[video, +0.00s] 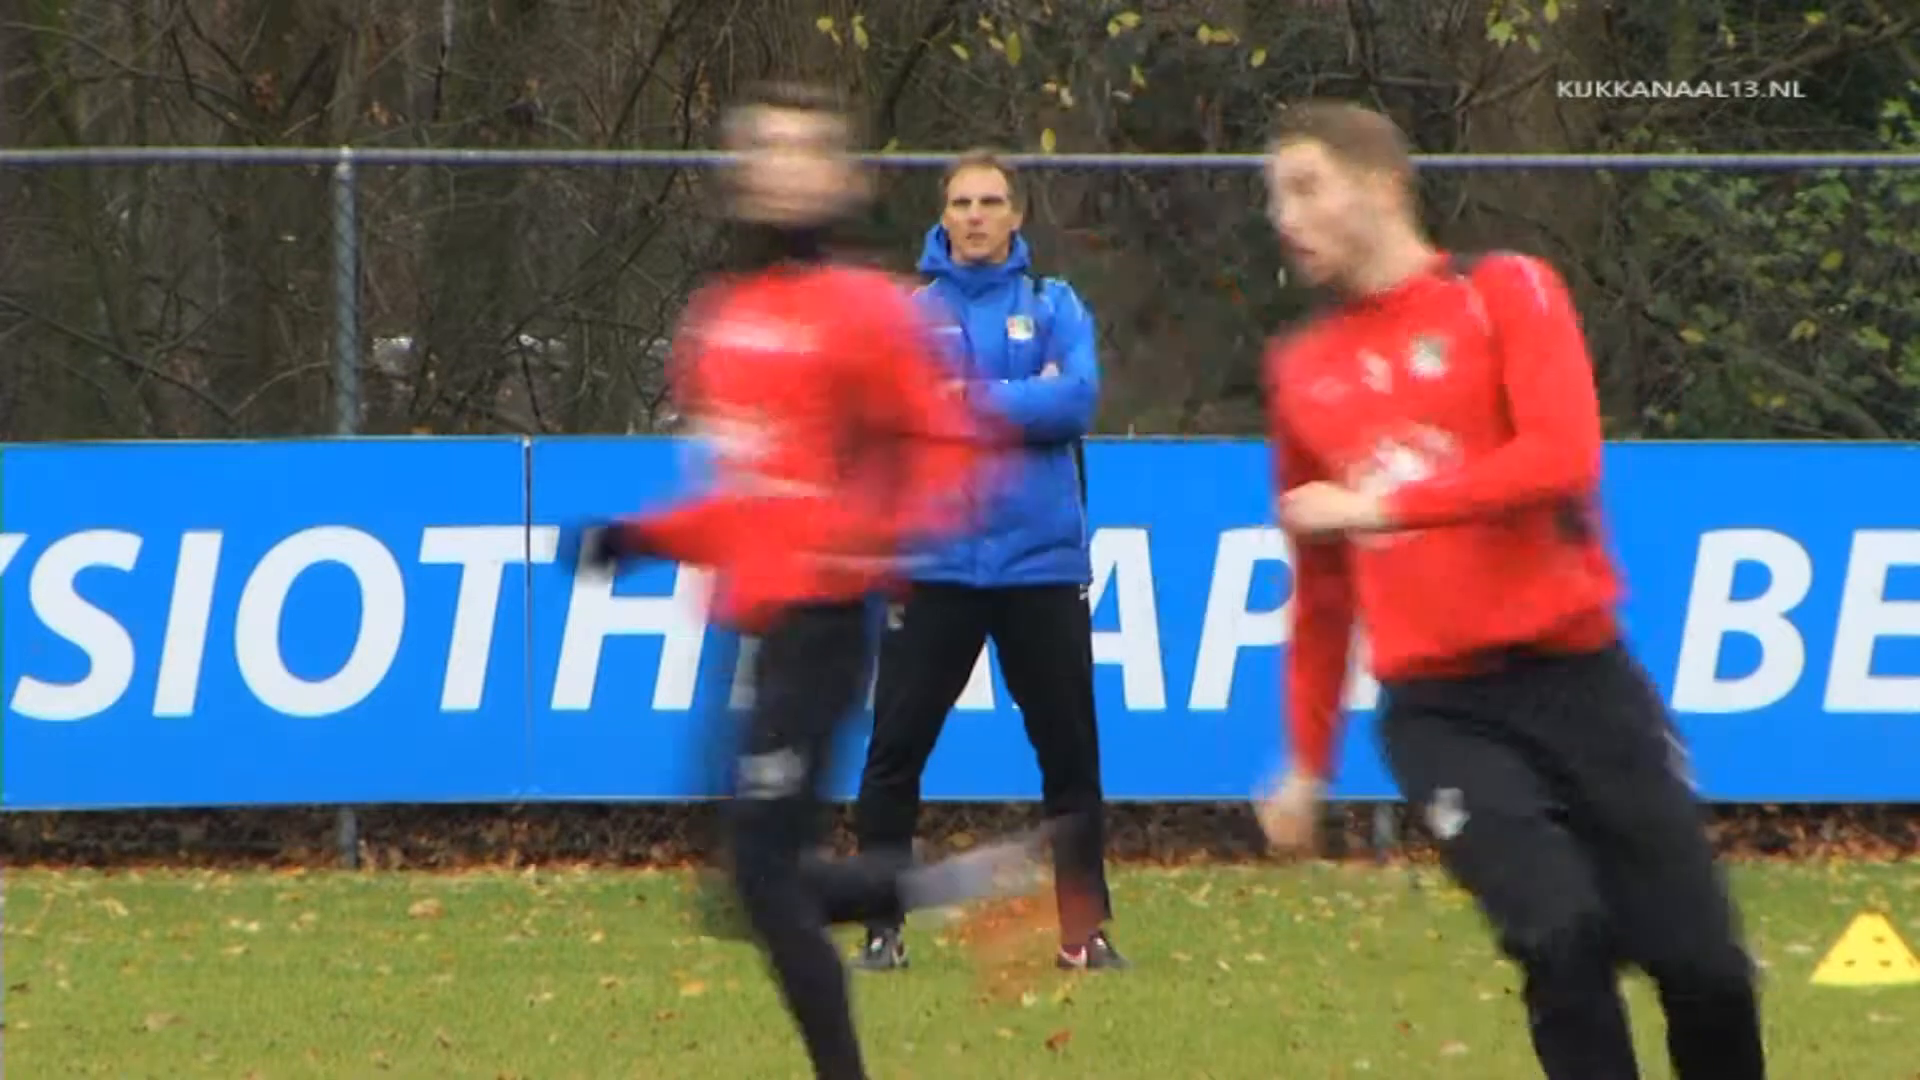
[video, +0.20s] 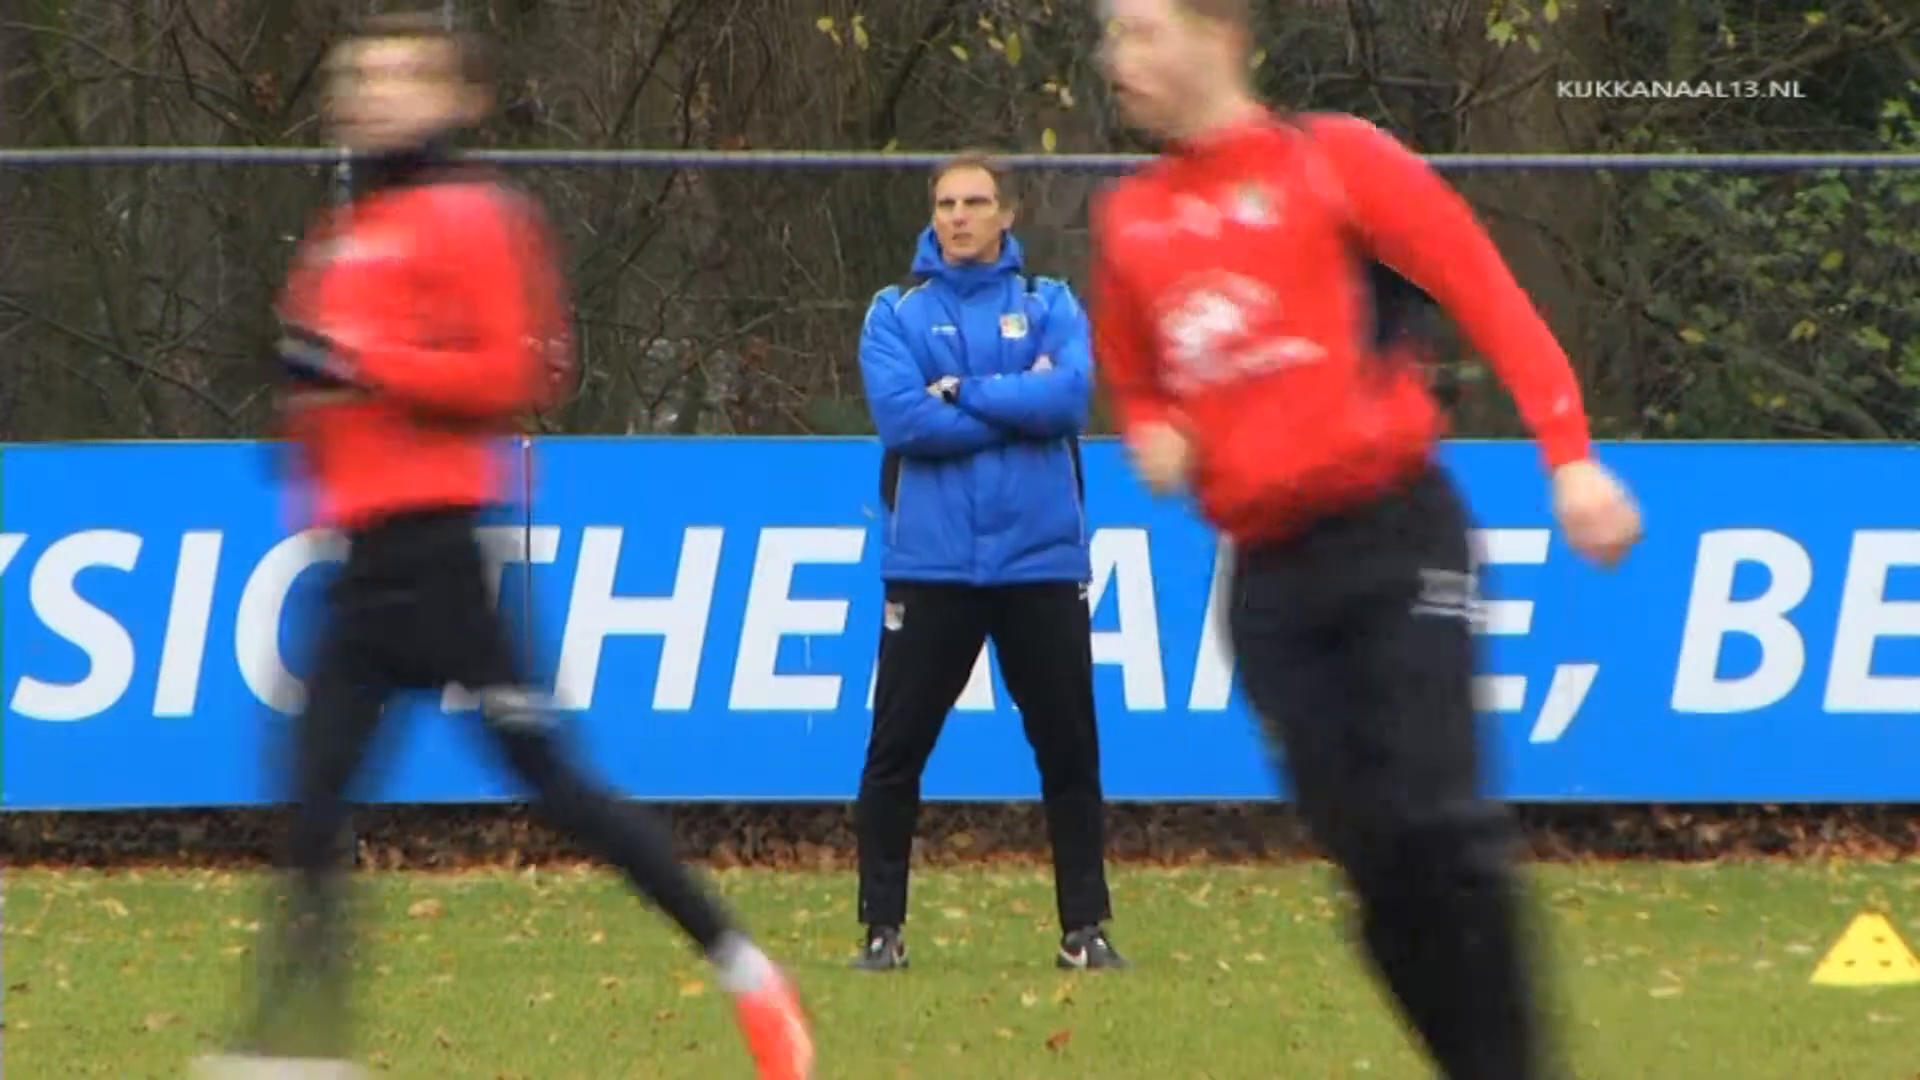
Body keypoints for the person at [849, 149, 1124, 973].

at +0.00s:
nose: (976, 216)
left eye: (991, 202)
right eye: (962, 204)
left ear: (1017, 214)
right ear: (942, 216)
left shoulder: (1055, 303)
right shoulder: (907, 309)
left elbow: (1076, 400)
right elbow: (900, 412)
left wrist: (961, 402)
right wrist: (1026, 407)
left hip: (1041, 568)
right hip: (935, 570)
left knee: (1070, 753)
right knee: (895, 750)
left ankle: (1085, 933)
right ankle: (881, 925)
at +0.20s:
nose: (958, 216)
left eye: (974, 203)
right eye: (947, 204)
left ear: (1007, 216)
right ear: (931, 218)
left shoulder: (1051, 302)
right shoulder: (894, 313)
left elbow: (1069, 398)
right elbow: (906, 424)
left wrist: (958, 390)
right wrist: (1017, 410)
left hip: (1042, 565)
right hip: (932, 568)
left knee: (1069, 750)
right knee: (896, 751)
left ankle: (1085, 928)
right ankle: (882, 928)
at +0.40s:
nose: (942, 222)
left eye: (957, 205)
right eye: (929, 208)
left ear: (989, 213)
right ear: (912, 220)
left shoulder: (1034, 300)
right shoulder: (888, 318)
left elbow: (1067, 396)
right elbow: (903, 417)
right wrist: (993, 405)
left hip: (1036, 566)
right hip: (930, 573)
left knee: (1067, 751)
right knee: (894, 753)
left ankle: (1087, 924)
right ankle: (883, 924)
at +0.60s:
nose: (921, 242)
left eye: (936, 226)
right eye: (908, 227)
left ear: (972, 224)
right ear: (892, 228)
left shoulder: (1019, 303)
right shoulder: (872, 306)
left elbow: (1041, 382)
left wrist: (950, 361)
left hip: (1016, 548)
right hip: (915, 556)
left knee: (1055, 730)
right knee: (908, 749)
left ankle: (1081, 923)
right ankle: (898, 929)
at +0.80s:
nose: (919, 267)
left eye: (934, 251)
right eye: (906, 252)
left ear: (965, 235)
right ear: (889, 243)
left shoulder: (1020, 307)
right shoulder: (864, 324)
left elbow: (1045, 393)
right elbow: (886, 423)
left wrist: (934, 394)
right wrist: (995, 411)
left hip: (1018, 568)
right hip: (910, 573)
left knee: (1055, 748)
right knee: (883, 756)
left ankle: (1085, 919)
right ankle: (880, 926)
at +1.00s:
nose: (925, 261)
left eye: (937, 245)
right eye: (910, 248)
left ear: (963, 242)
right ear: (890, 253)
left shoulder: (1016, 316)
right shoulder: (871, 329)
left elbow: (1038, 407)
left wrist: (945, 395)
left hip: (1007, 574)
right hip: (899, 579)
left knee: (1054, 756)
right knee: (876, 753)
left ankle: (1083, 929)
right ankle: (879, 929)